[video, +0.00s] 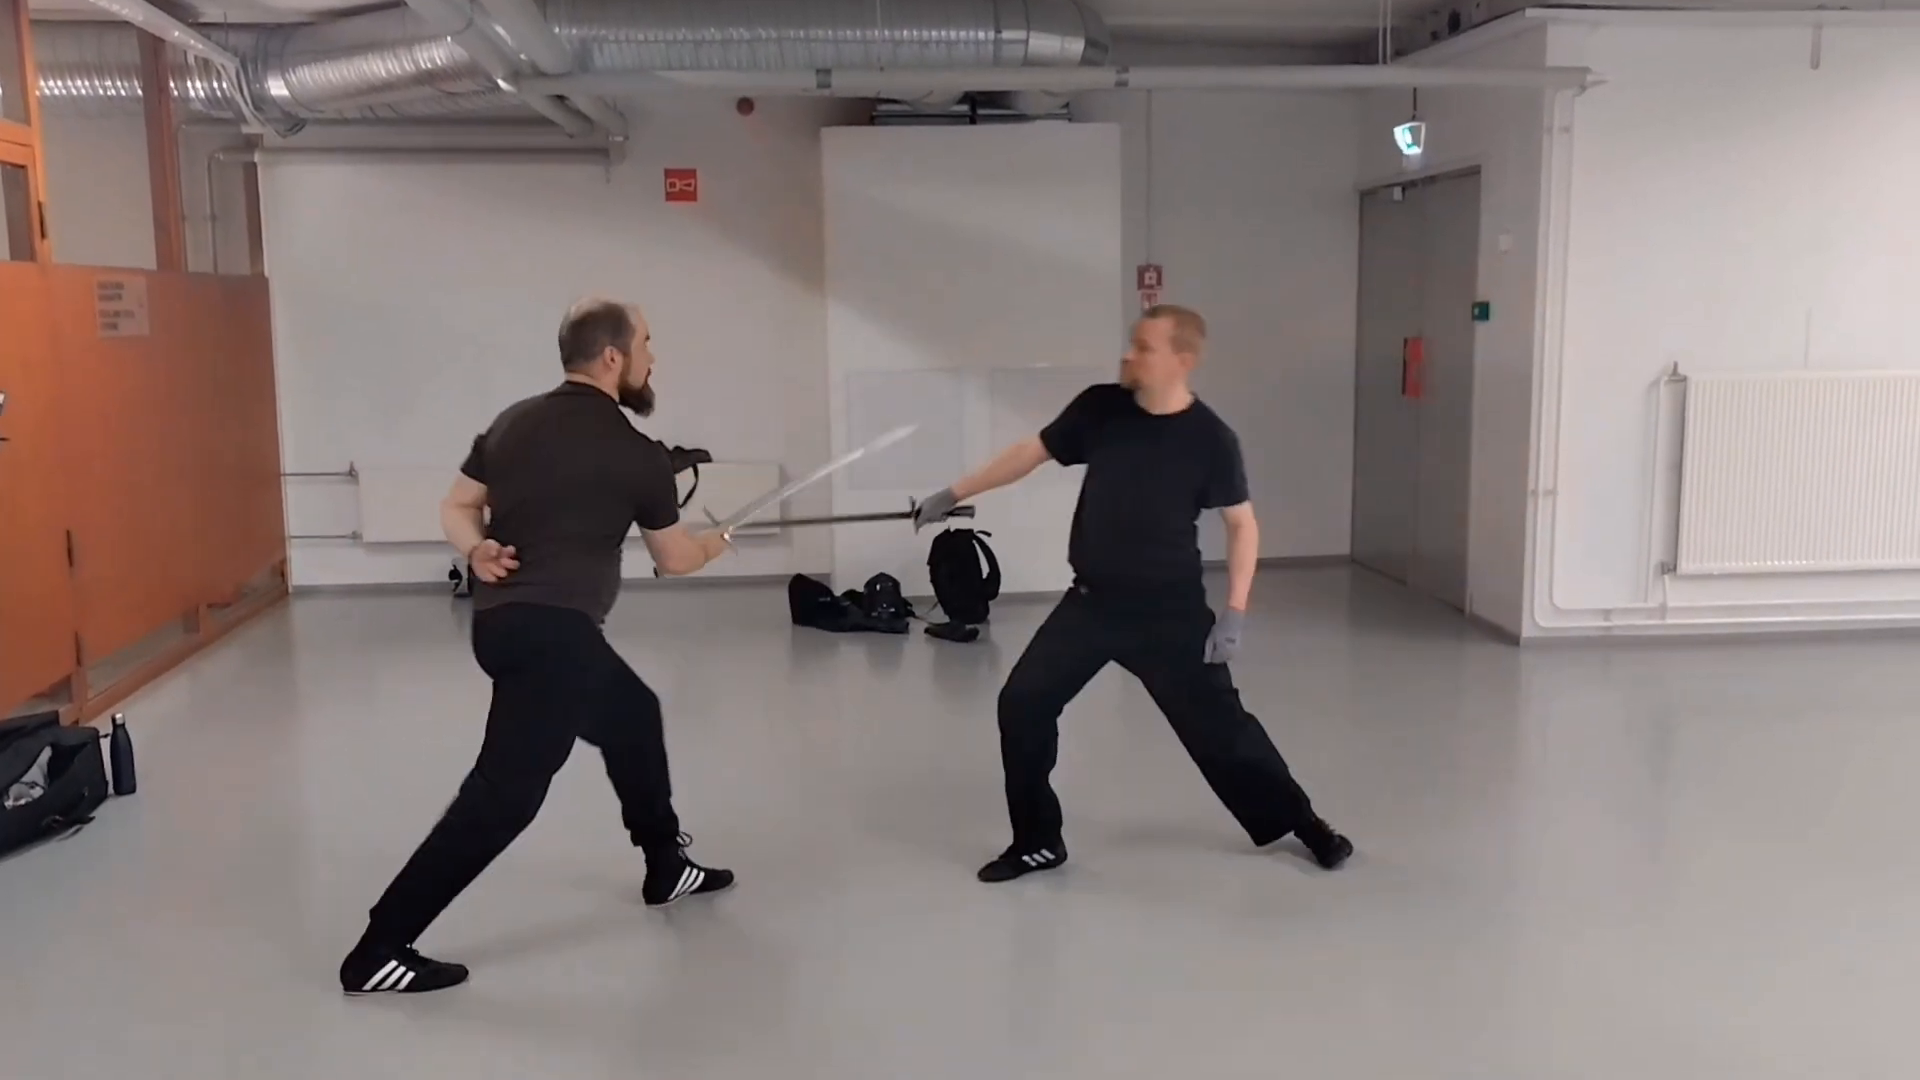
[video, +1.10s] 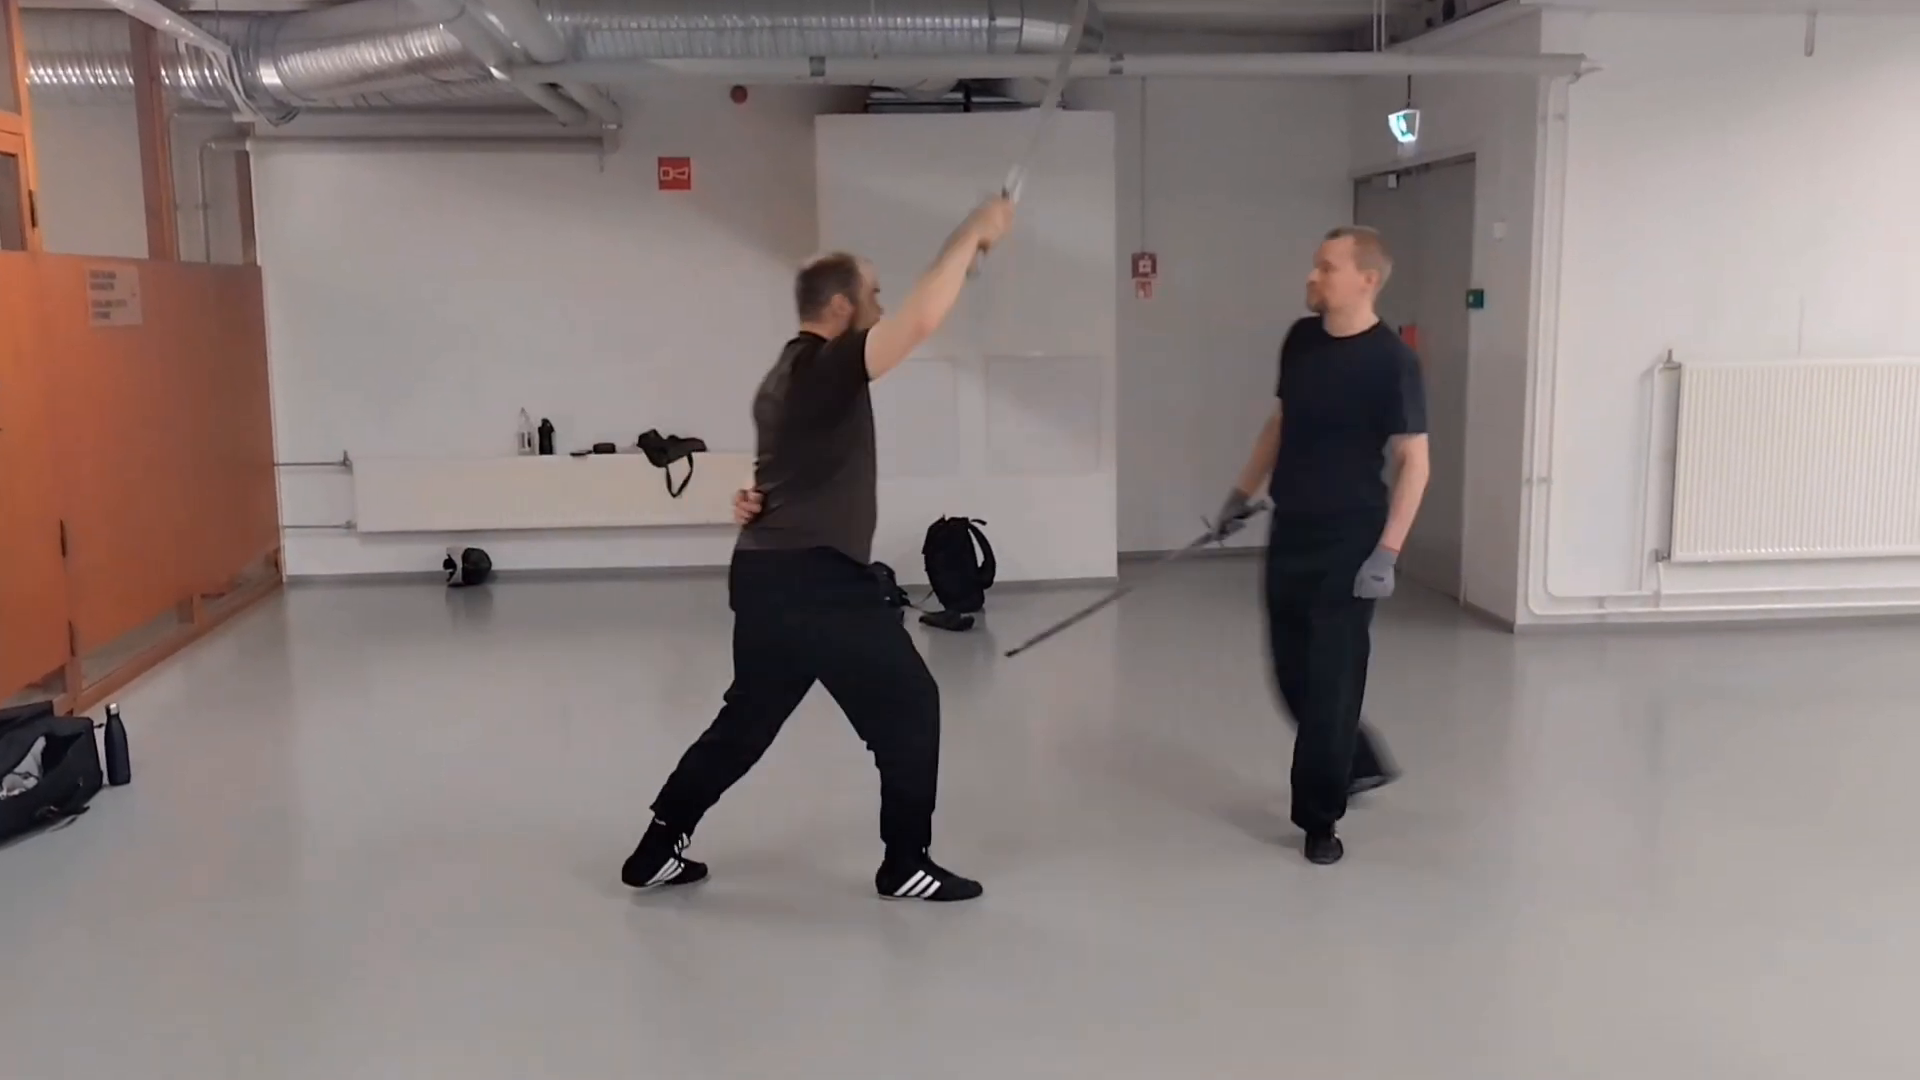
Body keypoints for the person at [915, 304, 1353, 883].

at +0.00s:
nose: (1128, 356)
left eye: (1143, 349)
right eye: (1131, 345)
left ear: (1183, 360)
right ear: (1137, 353)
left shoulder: (1211, 439)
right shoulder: (1101, 407)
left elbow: (1242, 528)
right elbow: (1029, 454)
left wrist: (1234, 614)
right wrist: (952, 494)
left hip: (1169, 613)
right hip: (1090, 605)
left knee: (1224, 728)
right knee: (1022, 702)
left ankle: (1305, 824)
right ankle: (1038, 839)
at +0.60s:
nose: (1179, 332)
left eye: (1194, 326)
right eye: (1182, 321)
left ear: (1233, 339)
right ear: (1183, 326)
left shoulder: (1249, 419)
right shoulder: (1150, 381)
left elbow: (1281, 514)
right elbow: (1093, 447)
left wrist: (1263, 599)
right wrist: (1025, 498)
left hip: (1193, 591)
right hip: (1118, 581)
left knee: (1233, 714)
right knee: (1049, 690)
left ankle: (1306, 818)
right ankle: (1038, 832)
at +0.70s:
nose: (1216, 320)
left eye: (1230, 312)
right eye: (1218, 308)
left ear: (1268, 325)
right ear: (1223, 314)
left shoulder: (1286, 404)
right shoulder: (1187, 368)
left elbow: (1313, 502)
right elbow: (1136, 435)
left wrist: (1292, 586)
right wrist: (1071, 492)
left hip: (1229, 575)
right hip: (1157, 569)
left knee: (1256, 706)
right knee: (1094, 690)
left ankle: (1312, 822)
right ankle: (1046, 824)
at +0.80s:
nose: (1248, 304)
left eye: (1263, 297)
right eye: (1251, 293)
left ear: (1302, 311)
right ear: (1264, 301)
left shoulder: (1323, 390)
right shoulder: (1224, 354)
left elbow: (1350, 489)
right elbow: (1182, 430)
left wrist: (1327, 571)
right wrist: (1126, 487)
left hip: (1273, 563)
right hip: (1200, 555)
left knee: (1287, 697)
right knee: (1145, 679)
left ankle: (1316, 825)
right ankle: (1086, 809)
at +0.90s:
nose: (1272, 292)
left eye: (1287, 285)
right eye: (1275, 281)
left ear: (1328, 297)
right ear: (1279, 288)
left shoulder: (1353, 376)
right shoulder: (1253, 347)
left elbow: (1382, 476)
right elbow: (1219, 428)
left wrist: (1358, 561)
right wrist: (1172, 491)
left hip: (1306, 555)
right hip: (1231, 546)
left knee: (1314, 694)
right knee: (1180, 670)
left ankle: (1318, 824)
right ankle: (1168, 802)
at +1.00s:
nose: (1293, 283)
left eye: (1307, 274)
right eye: (1295, 272)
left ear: (1349, 286)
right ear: (1305, 280)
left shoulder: (1374, 364)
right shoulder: (1278, 340)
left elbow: (1403, 468)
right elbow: (1254, 422)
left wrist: (1376, 553)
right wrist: (1214, 491)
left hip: (1332, 545)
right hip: (1262, 538)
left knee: (1326, 692)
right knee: (1232, 676)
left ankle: (1320, 823)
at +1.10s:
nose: (1311, 278)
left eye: (1326, 268)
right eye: (1314, 267)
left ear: (1368, 280)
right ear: (1329, 278)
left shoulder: (1394, 359)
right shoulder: (1301, 339)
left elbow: (1414, 463)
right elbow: (1281, 424)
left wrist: (1388, 550)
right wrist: (1242, 496)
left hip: (1351, 536)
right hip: (1292, 530)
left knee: (1331, 681)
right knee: (1293, 675)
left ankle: (1320, 820)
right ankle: (1363, 759)